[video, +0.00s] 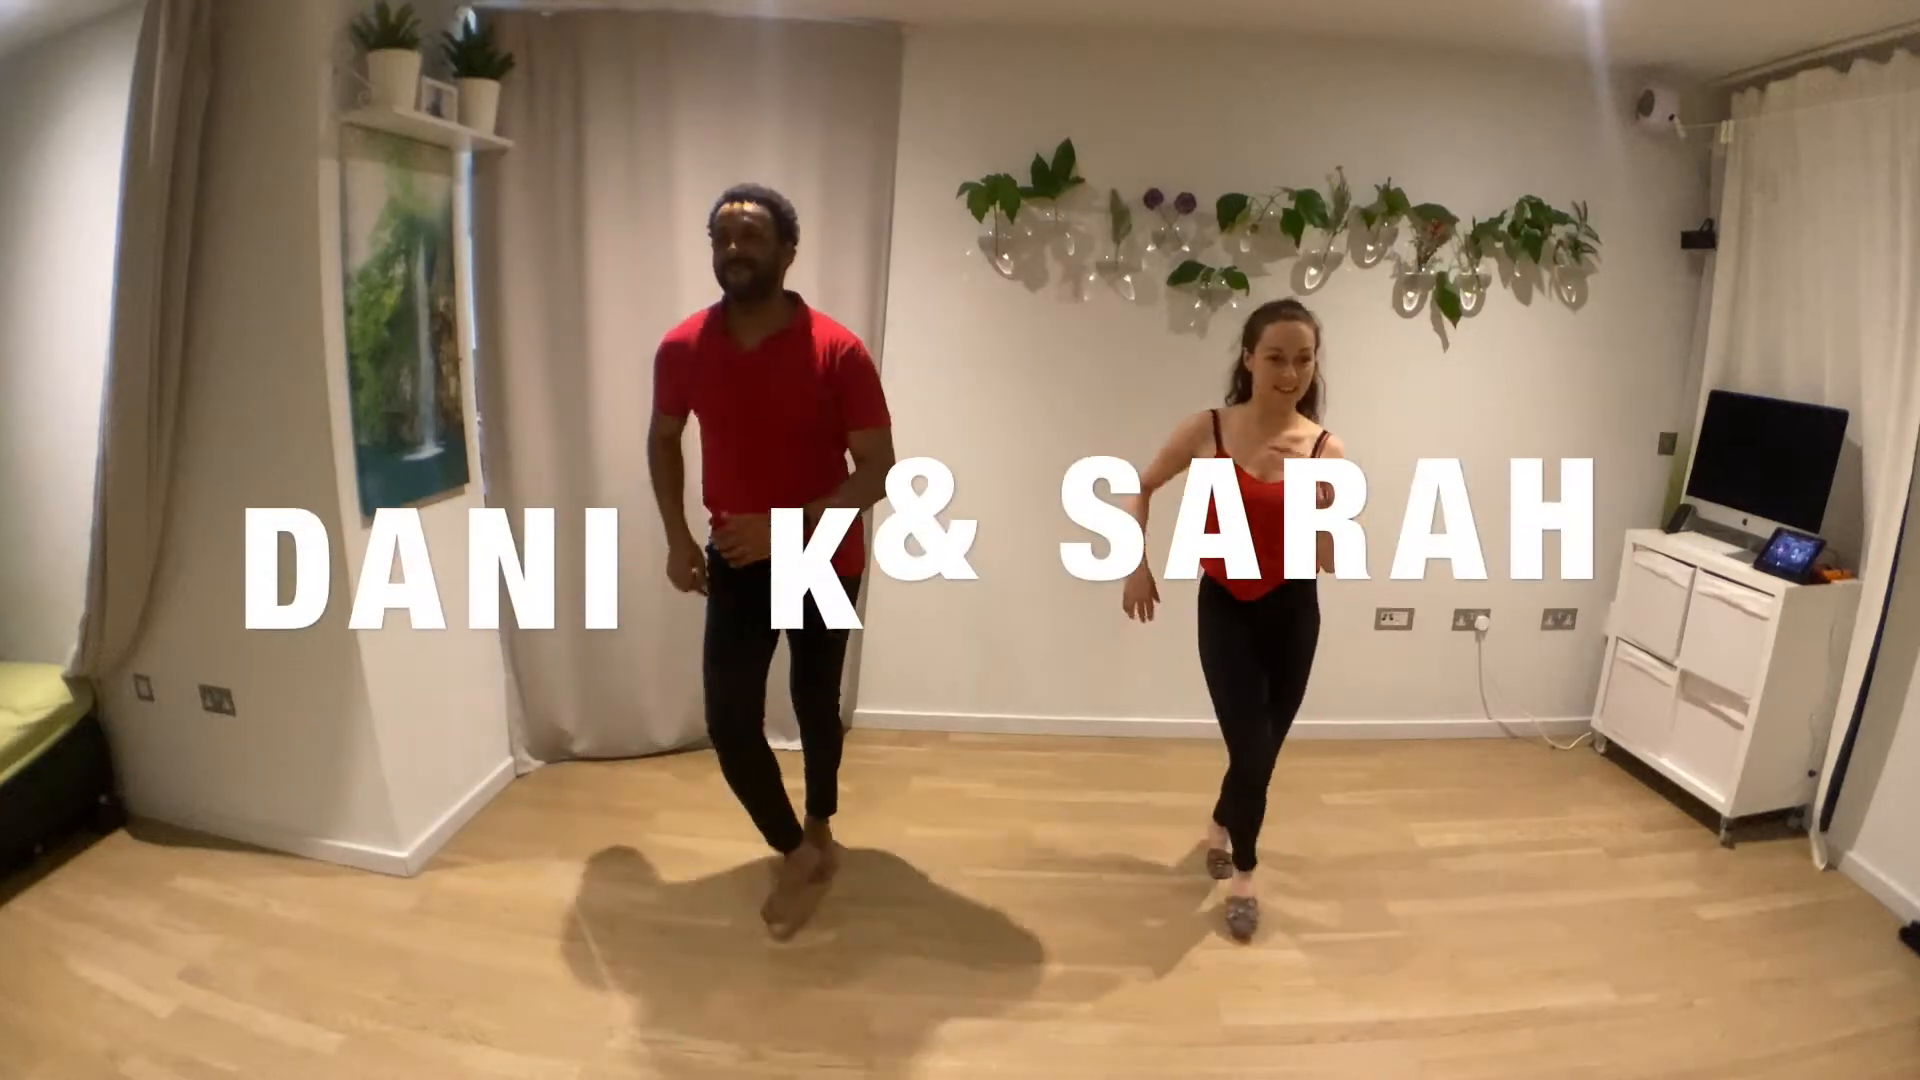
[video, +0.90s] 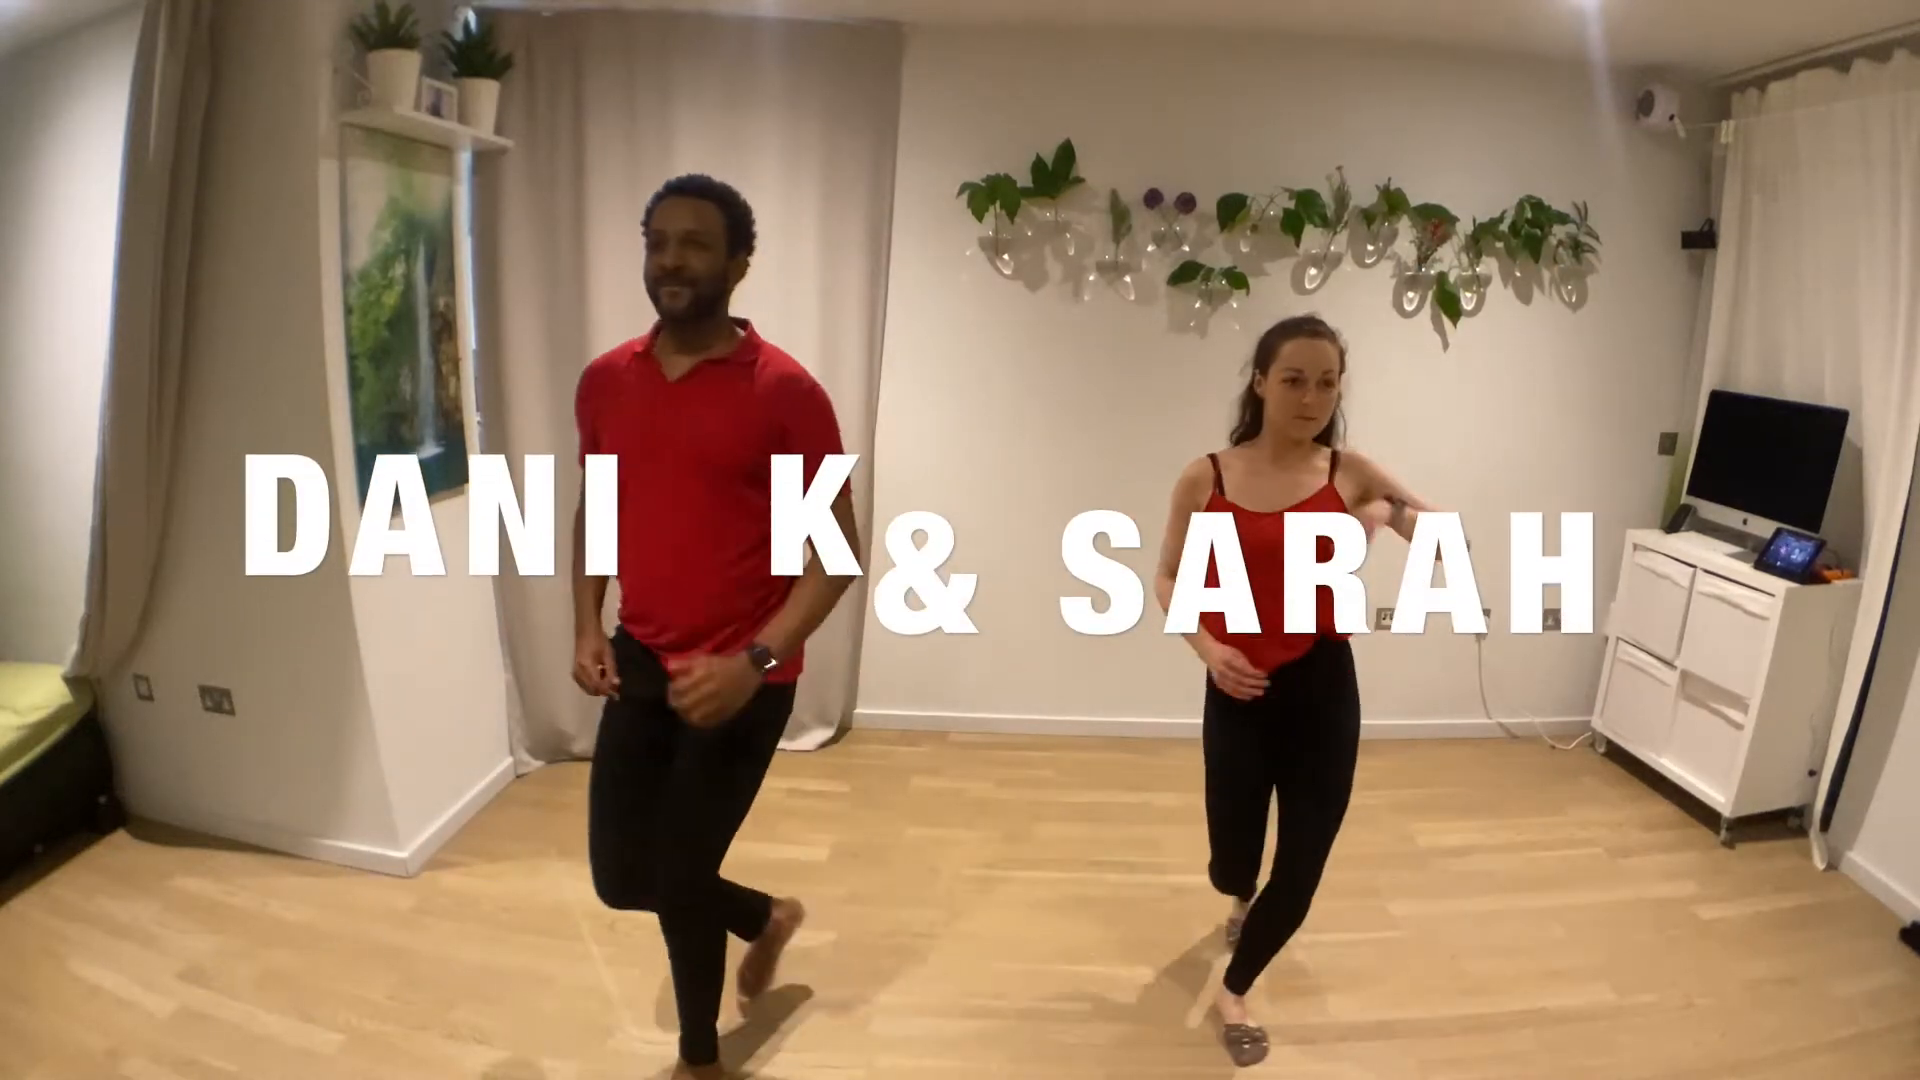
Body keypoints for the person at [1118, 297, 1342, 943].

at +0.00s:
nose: (1290, 370)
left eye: (1302, 358)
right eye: (1277, 356)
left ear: (1314, 365)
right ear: (1248, 358)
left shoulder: (1322, 447)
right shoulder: (1206, 431)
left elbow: (1330, 557)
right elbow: (1139, 487)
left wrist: (1317, 486)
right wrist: (1137, 565)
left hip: (1293, 607)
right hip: (1225, 605)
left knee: (1265, 745)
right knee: (1252, 748)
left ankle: (1222, 824)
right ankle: (1245, 877)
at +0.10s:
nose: (1297, 367)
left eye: (1309, 355)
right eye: (1283, 352)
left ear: (1321, 363)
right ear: (1253, 355)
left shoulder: (1331, 449)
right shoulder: (1211, 426)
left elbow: (1344, 540)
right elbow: (1131, 470)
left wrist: (1325, 548)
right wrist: (1136, 540)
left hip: (1300, 617)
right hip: (1230, 614)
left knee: (1267, 754)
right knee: (1250, 765)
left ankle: (1224, 822)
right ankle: (1255, 897)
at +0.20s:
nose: (1303, 369)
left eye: (1316, 357)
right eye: (1289, 355)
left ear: (1328, 364)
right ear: (1258, 358)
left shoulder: (1341, 456)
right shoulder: (1218, 431)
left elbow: (1341, 560)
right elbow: (1134, 460)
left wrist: (1313, 632)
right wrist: (1145, 496)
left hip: (1304, 625)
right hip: (1231, 623)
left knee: (1291, 775)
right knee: (1245, 775)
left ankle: (1231, 822)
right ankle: (1256, 903)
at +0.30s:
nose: (1308, 376)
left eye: (1321, 364)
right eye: (1293, 361)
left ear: (1334, 373)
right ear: (1262, 366)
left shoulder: (1351, 466)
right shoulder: (1218, 446)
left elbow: (1363, 584)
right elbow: (1114, 484)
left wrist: (1346, 676)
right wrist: (1165, 479)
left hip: (1303, 642)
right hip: (1229, 639)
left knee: (1304, 800)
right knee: (1242, 789)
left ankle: (1258, 822)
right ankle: (1257, 898)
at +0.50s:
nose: (1312, 389)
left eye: (1326, 376)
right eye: (1297, 374)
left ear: (1340, 384)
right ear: (1267, 377)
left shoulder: (1359, 472)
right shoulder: (1223, 469)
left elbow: (1423, 557)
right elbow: (1154, 549)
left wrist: (1402, 651)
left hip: (1302, 655)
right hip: (1225, 651)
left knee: (1285, 802)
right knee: (1239, 800)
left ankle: (1283, 926)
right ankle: (1265, 909)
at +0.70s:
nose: (1313, 394)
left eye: (1328, 381)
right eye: (1297, 379)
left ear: (1340, 390)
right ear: (1263, 383)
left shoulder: (1359, 465)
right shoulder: (1221, 480)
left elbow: (1443, 511)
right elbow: (1194, 588)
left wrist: (1419, 605)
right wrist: (1276, 575)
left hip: (1310, 675)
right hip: (1230, 675)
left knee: (1285, 857)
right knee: (1244, 836)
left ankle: (1236, 987)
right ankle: (1276, 904)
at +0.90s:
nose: (1313, 395)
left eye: (1327, 381)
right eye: (1296, 379)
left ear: (1340, 390)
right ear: (1260, 382)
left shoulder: (1351, 470)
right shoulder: (1205, 479)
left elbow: (1435, 531)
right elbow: (1167, 581)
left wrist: (1389, 514)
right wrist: (1207, 646)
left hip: (1322, 691)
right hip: (1237, 692)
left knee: (1300, 873)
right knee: (1233, 871)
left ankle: (1232, 994)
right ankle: (1243, 897)